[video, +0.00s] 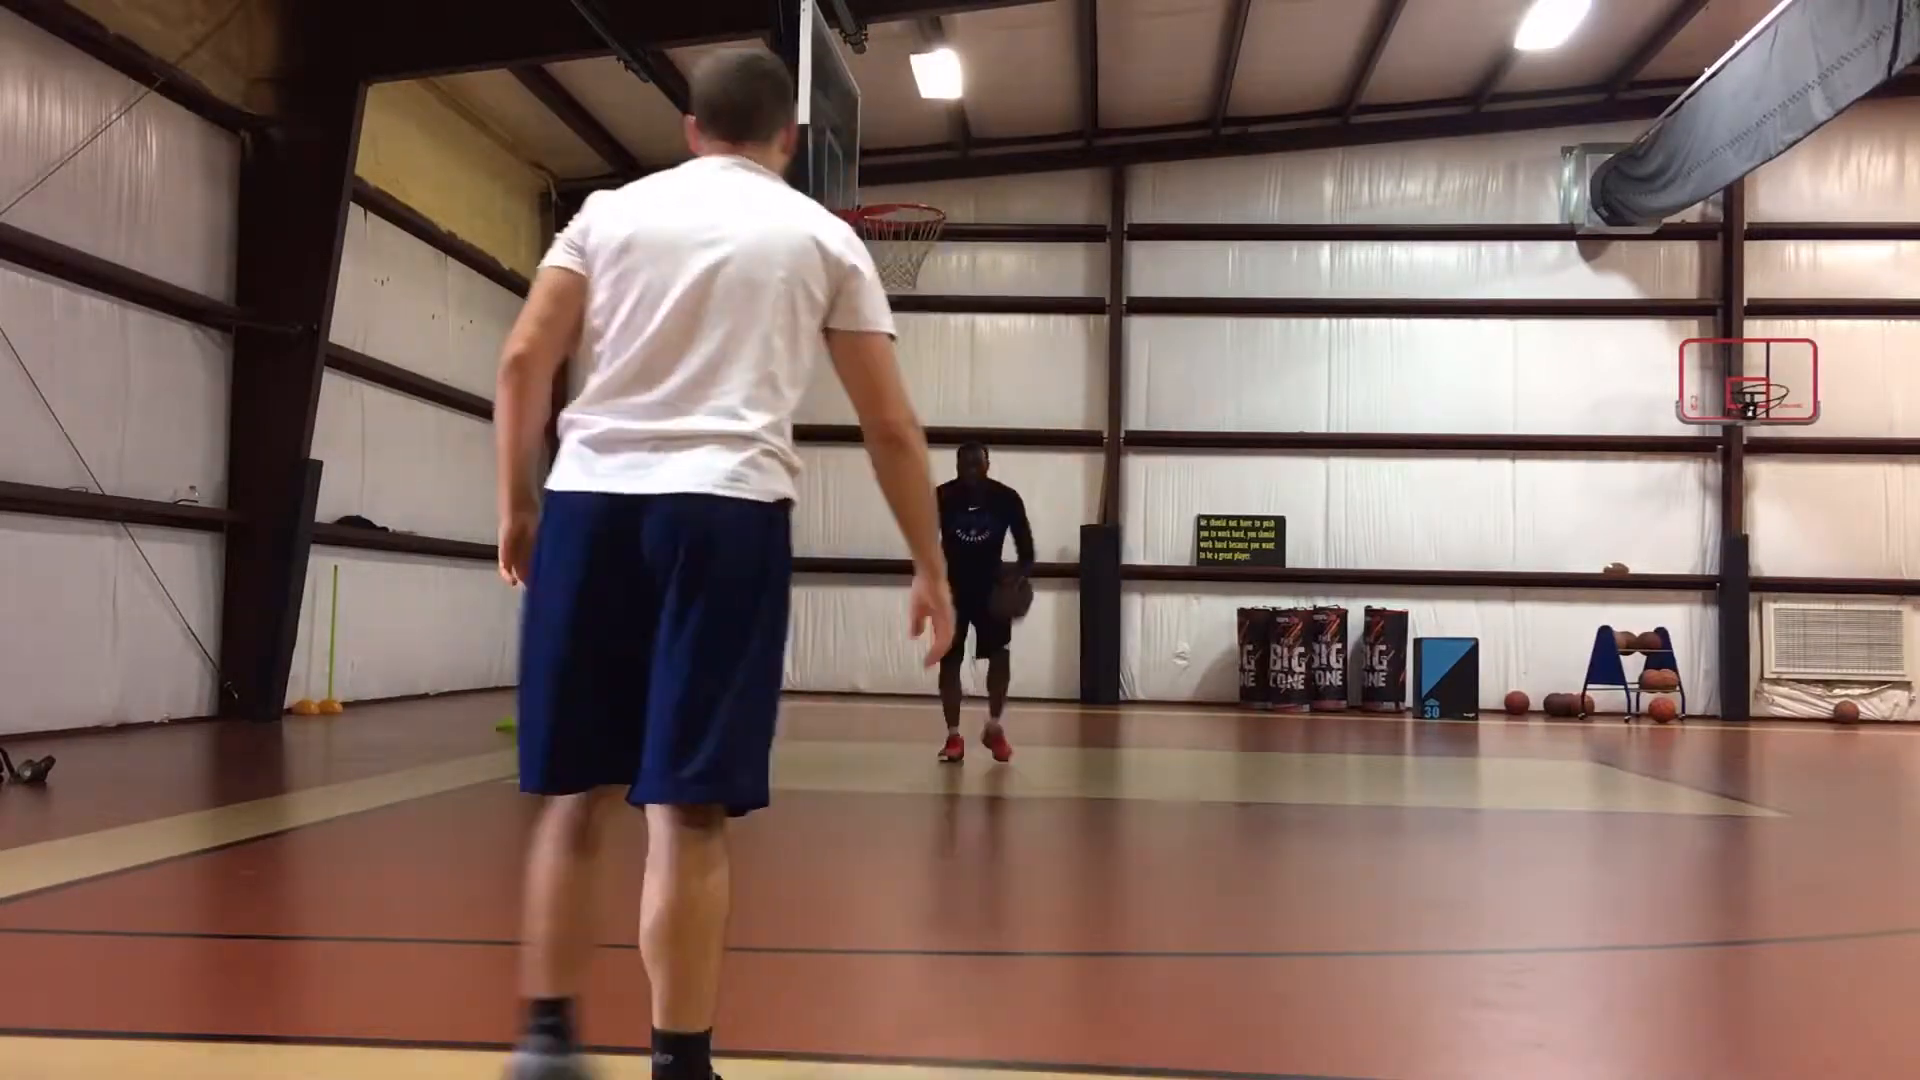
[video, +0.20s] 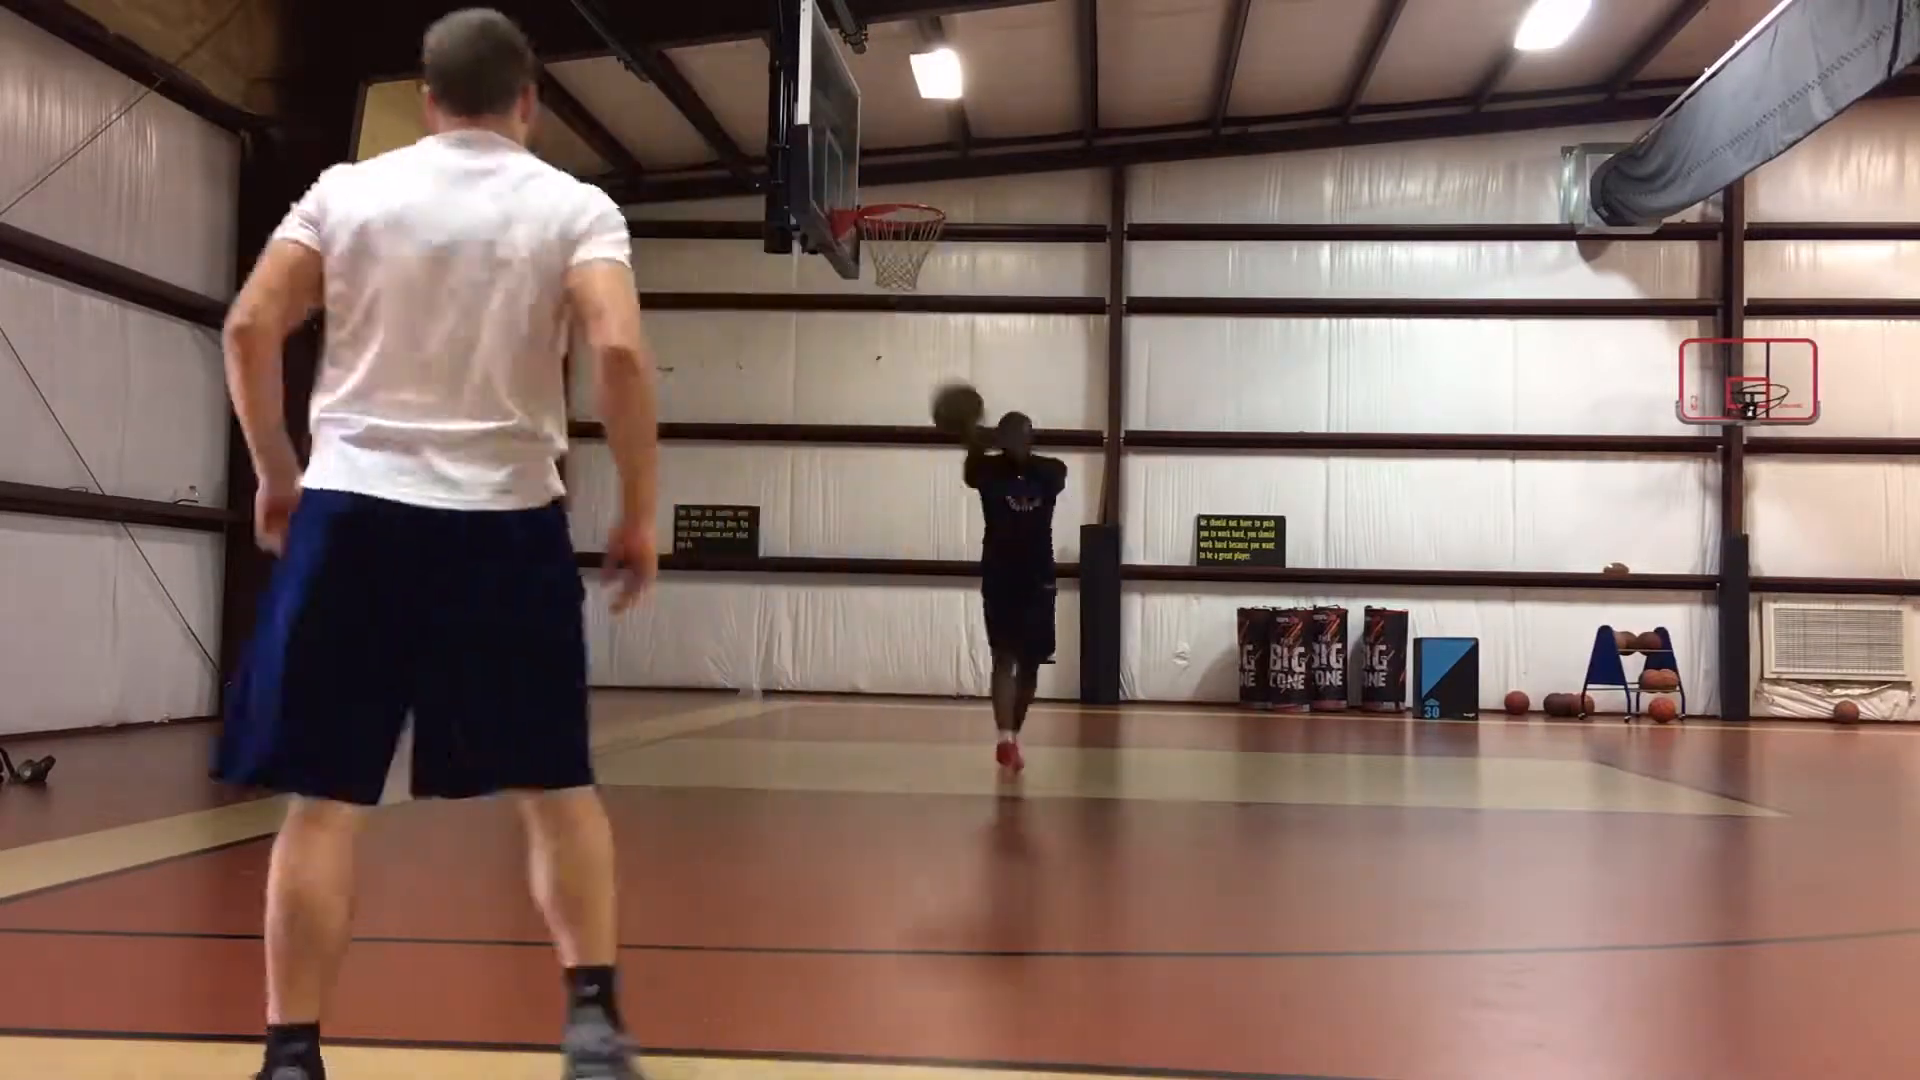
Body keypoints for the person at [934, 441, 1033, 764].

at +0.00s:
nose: (972, 471)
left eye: (977, 465)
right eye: (967, 465)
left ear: (987, 464)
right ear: (958, 466)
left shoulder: (1006, 498)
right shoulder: (942, 496)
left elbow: (1026, 550)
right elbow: (927, 540)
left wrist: (1018, 577)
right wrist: (932, 580)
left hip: (991, 590)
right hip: (952, 588)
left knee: (1000, 657)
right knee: (950, 662)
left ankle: (994, 725)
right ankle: (953, 735)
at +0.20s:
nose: (1014, 440)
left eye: (1018, 431)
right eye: (1009, 432)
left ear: (1029, 436)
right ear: (1004, 439)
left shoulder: (1053, 470)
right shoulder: (989, 470)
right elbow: (971, 476)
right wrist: (976, 442)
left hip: (1036, 575)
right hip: (1001, 574)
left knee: (1026, 662)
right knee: (1006, 658)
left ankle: (1010, 735)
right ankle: (1007, 736)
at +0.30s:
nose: (1024, 432)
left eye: (1028, 424)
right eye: (1018, 425)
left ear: (1038, 427)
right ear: (1008, 431)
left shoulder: (1066, 465)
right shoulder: (996, 471)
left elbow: (1081, 516)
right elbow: (989, 516)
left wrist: (1078, 550)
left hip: (1061, 577)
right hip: (1018, 578)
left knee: (1077, 654)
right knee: (1018, 662)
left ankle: (1064, 722)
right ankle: (1019, 745)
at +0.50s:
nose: (1083, 435)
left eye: (1090, 428)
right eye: (1080, 428)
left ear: (1106, 433)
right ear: (1075, 433)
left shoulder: (1129, 474)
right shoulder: (1065, 471)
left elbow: (1150, 529)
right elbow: (1048, 520)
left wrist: (1141, 576)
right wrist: (1017, 561)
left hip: (1113, 581)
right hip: (1070, 580)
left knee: (1122, 668)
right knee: (1051, 663)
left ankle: (1131, 751)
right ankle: (1036, 751)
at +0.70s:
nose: (1110, 435)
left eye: (1117, 429)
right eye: (1107, 428)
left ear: (1132, 435)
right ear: (1100, 431)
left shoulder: (1145, 474)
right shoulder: (1091, 466)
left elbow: (1154, 533)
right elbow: (1087, 522)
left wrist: (1154, 588)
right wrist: (1072, 568)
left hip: (1128, 583)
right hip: (1087, 581)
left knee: (1133, 667)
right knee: (1069, 663)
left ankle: (1132, 751)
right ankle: (1051, 748)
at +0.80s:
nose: (1112, 436)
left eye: (1122, 431)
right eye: (1111, 429)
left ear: (1139, 437)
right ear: (1107, 430)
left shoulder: (1149, 472)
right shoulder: (1101, 468)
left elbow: (1159, 525)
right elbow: (1098, 525)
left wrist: (1139, 565)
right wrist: (1079, 564)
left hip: (1130, 580)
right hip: (1093, 576)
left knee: (1134, 665)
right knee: (1070, 657)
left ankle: (1132, 751)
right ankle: (1078, 744)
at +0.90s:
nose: (1119, 436)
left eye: (1128, 430)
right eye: (1117, 429)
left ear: (1145, 436)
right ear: (1112, 431)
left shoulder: (1153, 469)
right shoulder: (1110, 468)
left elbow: (1165, 517)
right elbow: (1106, 525)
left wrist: (1133, 539)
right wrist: (1079, 562)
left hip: (1134, 579)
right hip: (1101, 577)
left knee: (1135, 665)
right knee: (1080, 654)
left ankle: (1134, 751)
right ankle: (1109, 732)